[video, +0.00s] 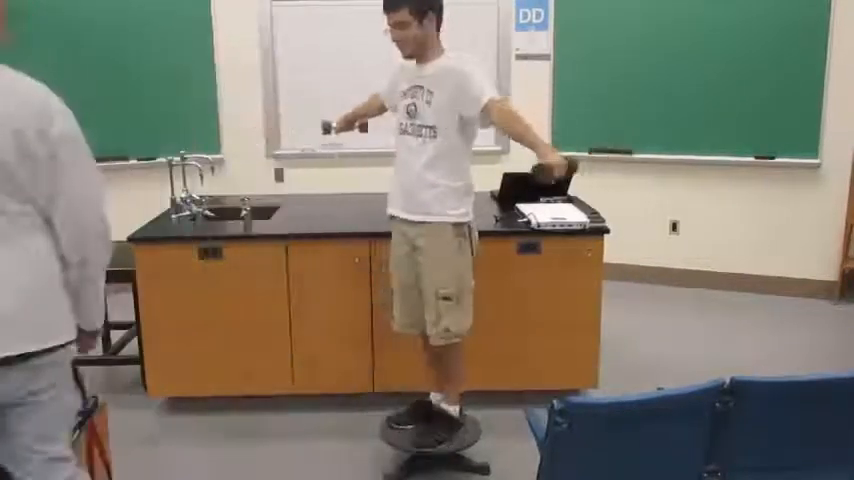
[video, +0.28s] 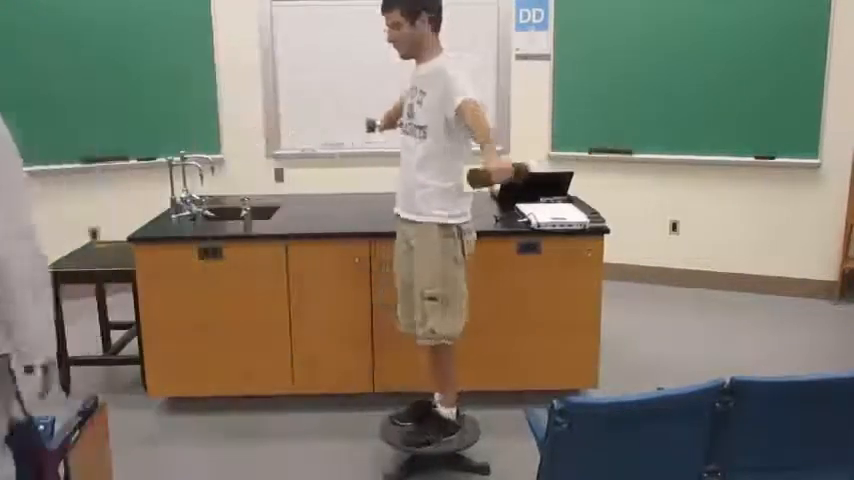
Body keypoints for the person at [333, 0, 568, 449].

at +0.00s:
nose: (395, 35)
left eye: (402, 26)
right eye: (391, 27)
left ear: (431, 23)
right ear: (392, 28)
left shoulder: (459, 74)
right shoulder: (403, 74)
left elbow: (501, 113)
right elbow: (378, 103)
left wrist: (545, 151)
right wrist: (351, 118)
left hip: (446, 217)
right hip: (406, 214)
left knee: (446, 323)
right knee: (421, 319)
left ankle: (452, 414)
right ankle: (437, 401)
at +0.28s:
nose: (389, 35)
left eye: (395, 26)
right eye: (387, 27)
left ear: (426, 22)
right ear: (414, 24)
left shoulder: (446, 74)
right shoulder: (416, 76)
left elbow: (473, 112)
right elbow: (405, 107)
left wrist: (491, 154)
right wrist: (387, 120)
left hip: (441, 219)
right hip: (413, 216)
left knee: (440, 324)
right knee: (424, 321)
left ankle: (449, 414)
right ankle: (441, 402)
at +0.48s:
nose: (387, 35)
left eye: (392, 25)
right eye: (386, 27)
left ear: (421, 23)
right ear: (415, 25)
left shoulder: (438, 67)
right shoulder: (425, 69)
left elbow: (442, 114)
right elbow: (434, 126)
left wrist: (435, 159)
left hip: (435, 219)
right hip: (421, 217)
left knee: (435, 320)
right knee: (427, 318)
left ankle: (445, 415)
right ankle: (439, 403)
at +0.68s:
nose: (387, 36)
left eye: (390, 26)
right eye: (386, 27)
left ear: (414, 22)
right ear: (425, 23)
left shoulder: (427, 69)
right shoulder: (450, 68)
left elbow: (410, 113)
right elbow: (456, 128)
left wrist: (371, 159)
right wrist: (408, 151)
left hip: (428, 221)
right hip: (443, 218)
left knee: (431, 325)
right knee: (437, 323)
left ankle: (437, 417)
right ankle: (447, 406)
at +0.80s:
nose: (391, 36)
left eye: (391, 26)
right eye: (389, 27)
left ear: (407, 22)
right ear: (430, 23)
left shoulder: (409, 72)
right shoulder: (459, 71)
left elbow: (372, 118)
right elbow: (493, 108)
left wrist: (319, 157)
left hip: (423, 223)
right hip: (454, 217)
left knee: (424, 326)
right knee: (448, 324)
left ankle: (431, 416)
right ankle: (451, 408)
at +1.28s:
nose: (401, 29)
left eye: (401, 22)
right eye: (406, 21)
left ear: (405, 23)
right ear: (443, 24)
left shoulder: (390, 74)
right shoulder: (470, 73)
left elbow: (342, 128)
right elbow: (515, 121)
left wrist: (285, 173)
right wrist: (557, 146)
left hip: (410, 222)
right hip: (458, 218)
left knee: (414, 327)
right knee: (451, 325)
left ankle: (417, 419)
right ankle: (447, 417)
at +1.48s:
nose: (417, 27)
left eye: (415, 20)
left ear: (412, 24)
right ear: (452, 28)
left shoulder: (388, 81)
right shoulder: (472, 83)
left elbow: (353, 147)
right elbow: (504, 153)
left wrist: (340, 180)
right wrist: (530, 192)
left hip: (402, 222)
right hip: (454, 222)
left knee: (403, 323)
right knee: (443, 324)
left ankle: (409, 413)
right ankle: (438, 415)